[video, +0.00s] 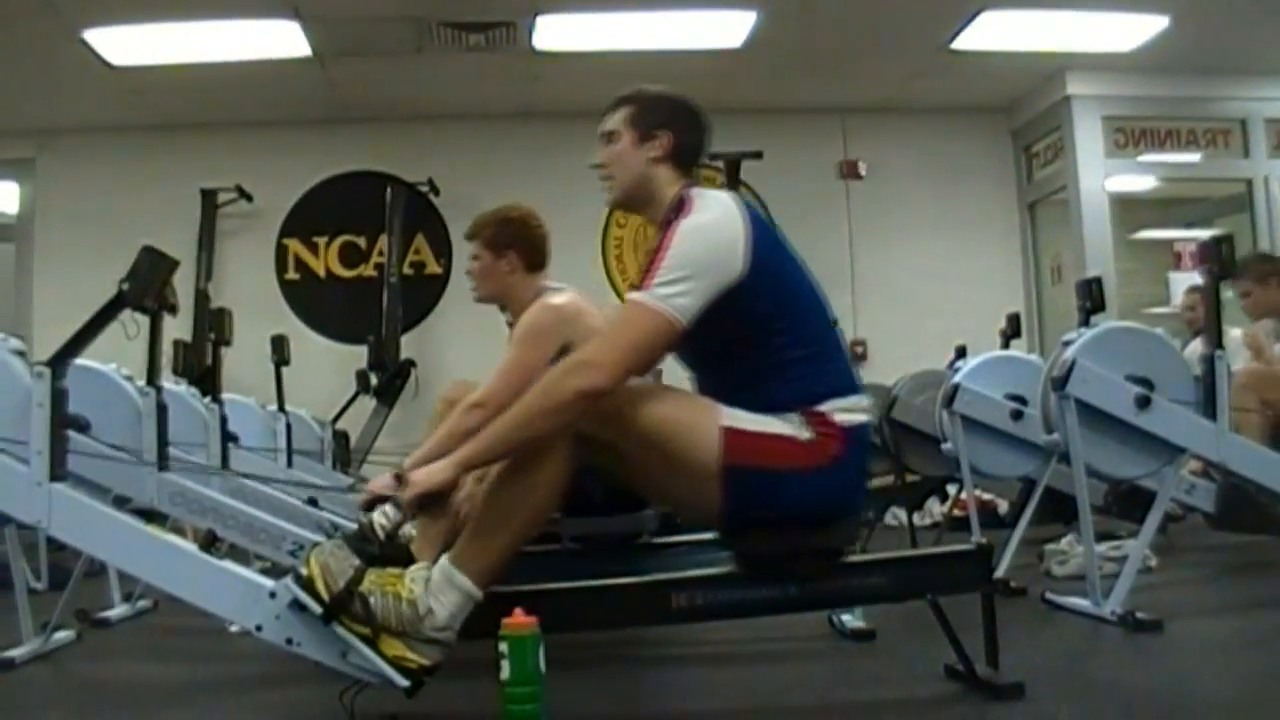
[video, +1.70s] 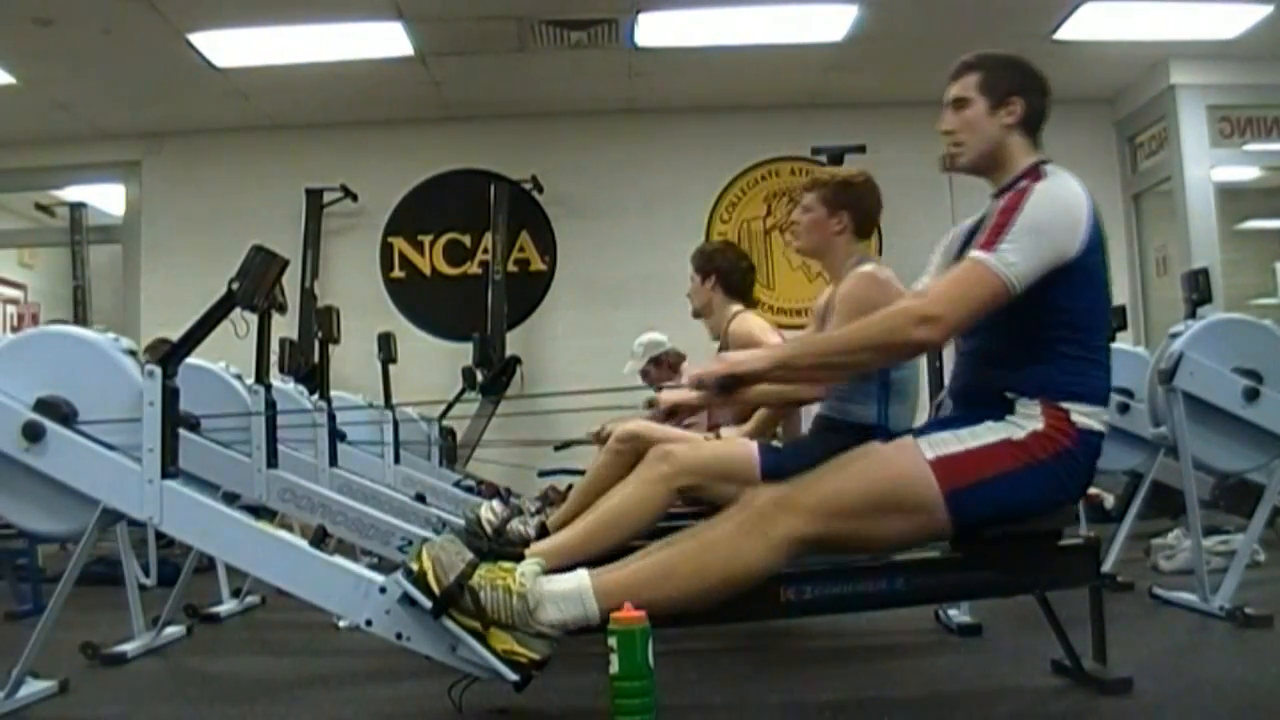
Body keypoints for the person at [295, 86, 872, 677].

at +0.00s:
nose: (596, 158)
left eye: (610, 141)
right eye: (599, 144)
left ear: (660, 147)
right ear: (656, 152)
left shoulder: (713, 221)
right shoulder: (684, 231)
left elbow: (588, 375)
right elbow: (596, 370)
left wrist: (454, 463)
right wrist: (460, 455)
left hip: (812, 451)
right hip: (767, 440)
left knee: (575, 405)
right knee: (556, 405)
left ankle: (438, 608)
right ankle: (431, 592)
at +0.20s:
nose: (519, 165)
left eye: (532, 148)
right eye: (522, 151)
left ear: (579, 152)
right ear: (575, 156)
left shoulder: (632, 227)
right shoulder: (604, 241)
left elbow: (511, 383)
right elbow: (504, 381)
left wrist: (371, 474)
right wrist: (404, 481)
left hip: (741, 461)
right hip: (701, 457)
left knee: (512, 331)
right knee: (508, 332)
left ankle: (440, 601)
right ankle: (433, 596)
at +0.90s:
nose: (615, 150)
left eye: (631, 134)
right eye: (620, 134)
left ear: (678, 143)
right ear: (677, 148)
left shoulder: (719, 223)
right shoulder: (696, 230)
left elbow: (589, 371)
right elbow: (584, 371)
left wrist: (444, 438)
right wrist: (457, 449)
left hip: (818, 459)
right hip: (784, 451)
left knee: (596, 358)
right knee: (580, 363)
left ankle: (540, 592)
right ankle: (529, 582)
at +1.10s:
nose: (713, 138)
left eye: (728, 121)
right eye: (716, 122)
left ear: (777, 129)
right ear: (771, 133)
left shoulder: (815, 212)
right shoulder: (776, 217)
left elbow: (669, 346)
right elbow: (669, 347)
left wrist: (520, 402)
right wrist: (533, 409)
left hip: (888, 449)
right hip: (839, 438)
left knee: (657, 383)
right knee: (633, 386)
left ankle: (547, 595)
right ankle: (532, 583)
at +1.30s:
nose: (804, 126)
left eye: (821, 110)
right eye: (808, 111)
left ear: (870, 121)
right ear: (858, 123)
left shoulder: (902, 206)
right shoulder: (866, 214)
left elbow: (758, 325)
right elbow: (755, 326)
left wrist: (600, 378)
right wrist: (608, 381)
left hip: (960, 441)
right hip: (916, 433)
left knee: (705, 414)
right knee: (687, 417)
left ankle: (546, 601)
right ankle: (540, 595)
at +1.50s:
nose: (879, 125)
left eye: (896, 107)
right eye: (883, 111)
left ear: (950, 117)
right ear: (939, 122)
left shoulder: (983, 202)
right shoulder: (944, 210)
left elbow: (842, 322)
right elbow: (826, 316)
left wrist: (679, 369)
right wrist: (681, 377)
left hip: (1014, 440)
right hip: (969, 436)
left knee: (753, 457)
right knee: (730, 458)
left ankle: (548, 605)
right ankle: (539, 596)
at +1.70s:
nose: (944, 125)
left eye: (960, 108)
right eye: (944, 111)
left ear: (1013, 115)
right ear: (985, 122)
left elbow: (924, 324)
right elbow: (888, 343)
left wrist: (762, 367)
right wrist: (762, 389)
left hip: (1041, 433)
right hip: (984, 428)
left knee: (799, 506)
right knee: (776, 502)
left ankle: (550, 607)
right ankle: (545, 601)